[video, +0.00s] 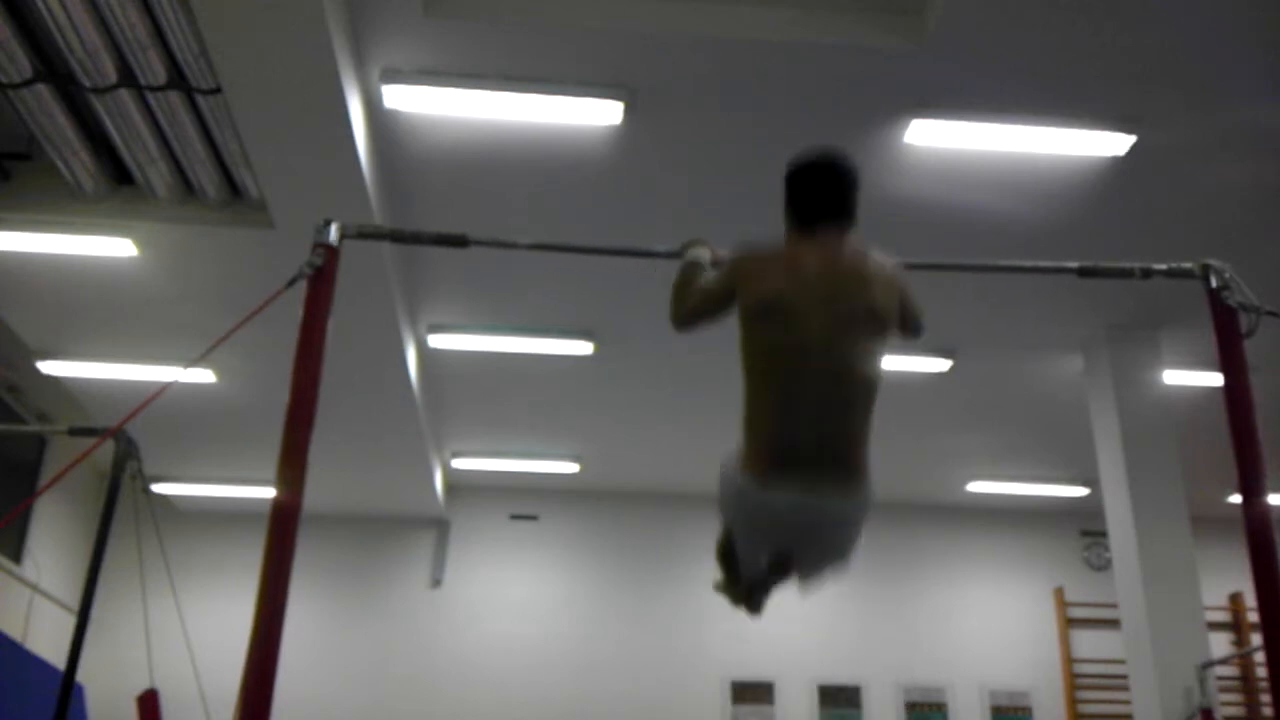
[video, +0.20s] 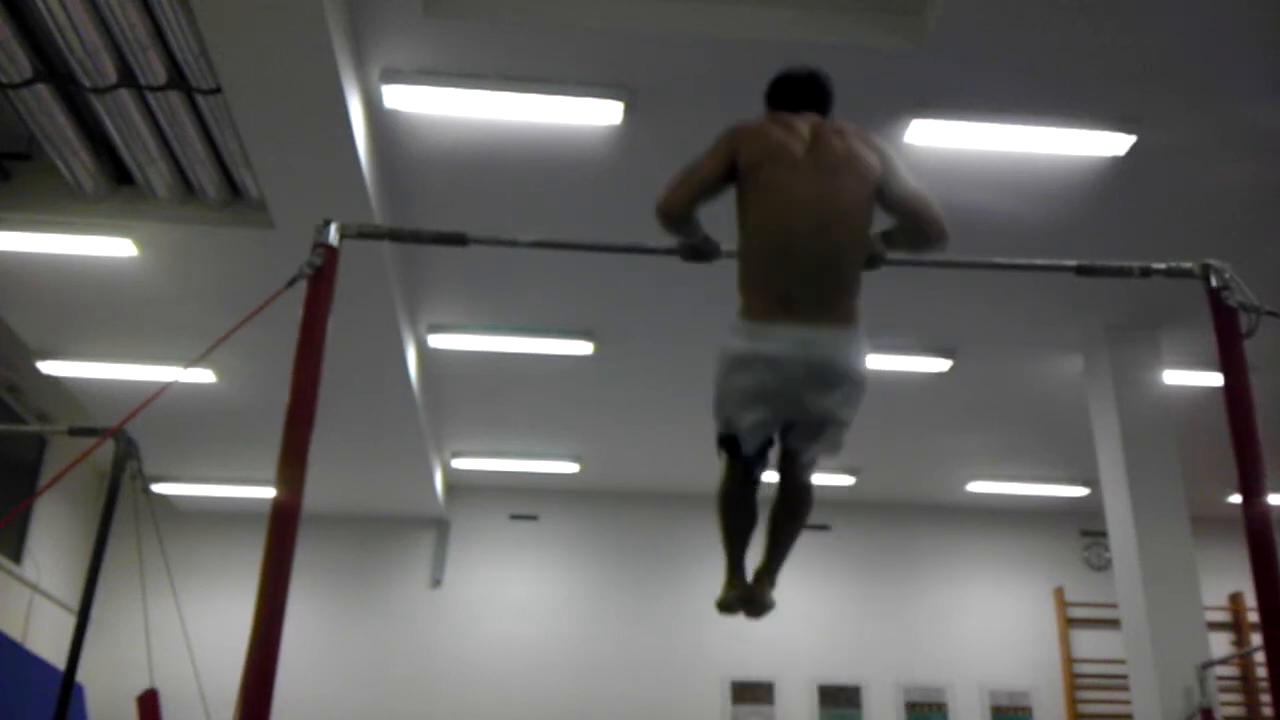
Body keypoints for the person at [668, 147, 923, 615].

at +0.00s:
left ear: (788, 207)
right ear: (853, 211)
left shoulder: (755, 270)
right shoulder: (879, 282)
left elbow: (685, 314)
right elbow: (911, 324)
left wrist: (695, 262)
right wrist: (876, 273)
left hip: (763, 497)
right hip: (840, 505)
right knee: (800, 559)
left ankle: (743, 580)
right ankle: (761, 581)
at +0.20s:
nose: (776, 119)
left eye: (773, 109)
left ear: (769, 107)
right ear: (829, 110)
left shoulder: (746, 140)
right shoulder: (865, 150)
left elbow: (671, 206)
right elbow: (929, 230)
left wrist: (698, 242)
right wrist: (874, 248)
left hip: (759, 342)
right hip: (835, 348)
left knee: (741, 466)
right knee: (798, 470)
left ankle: (735, 580)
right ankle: (765, 584)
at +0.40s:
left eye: (746, 121)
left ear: (750, 117)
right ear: (807, 118)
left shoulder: (735, 132)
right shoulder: (843, 142)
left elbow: (661, 154)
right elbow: (916, 176)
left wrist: (688, 233)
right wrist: (877, 241)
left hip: (755, 291)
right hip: (832, 291)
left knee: (746, 443)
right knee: (806, 447)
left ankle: (743, 578)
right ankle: (775, 581)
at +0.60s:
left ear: (750, 88)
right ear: (806, 89)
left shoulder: (731, 105)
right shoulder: (837, 116)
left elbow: (668, 155)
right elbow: (895, 171)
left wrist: (688, 230)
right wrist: (877, 237)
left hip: (757, 224)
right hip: (834, 226)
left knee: (754, 392)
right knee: (816, 396)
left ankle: (757, 542)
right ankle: (792, 542)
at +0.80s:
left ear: (753, 34)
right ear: (807, 36)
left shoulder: (725, 55)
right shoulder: (838, 58)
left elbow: (699, 141)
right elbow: (862, 146)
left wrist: (694, 219)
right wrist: (871, 223)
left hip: (751, 152)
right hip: (830, 153)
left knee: (758, 326)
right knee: (822, 333)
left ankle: (770, 470)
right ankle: (807, 470)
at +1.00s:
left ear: (751, 59)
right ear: (808, 58)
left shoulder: (731, 74)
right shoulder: (836, 76)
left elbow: (681, 143)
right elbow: (880, 148)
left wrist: (690, 224)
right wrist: (872, 227)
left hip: (754, 178)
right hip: (832, 178)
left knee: (762, 355)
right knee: (829, 356)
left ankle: (778, 506)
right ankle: (821, 502)